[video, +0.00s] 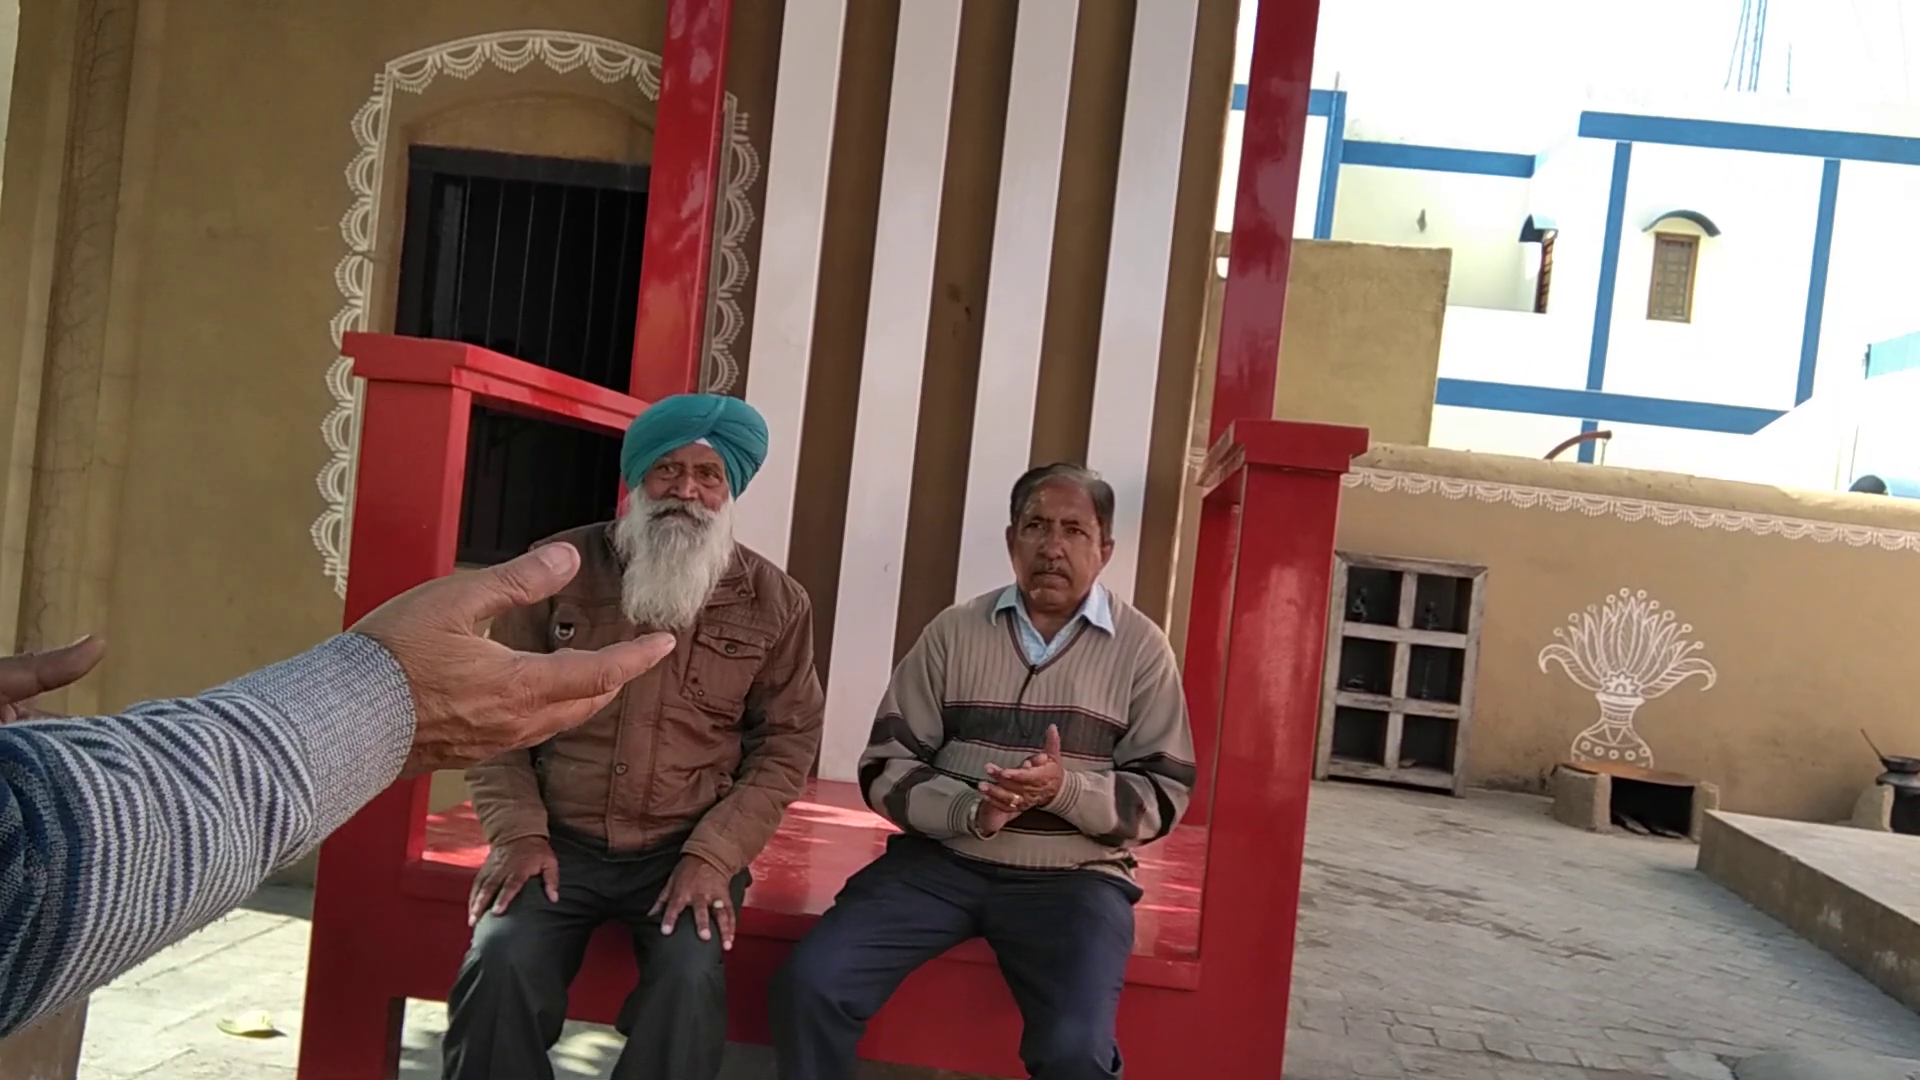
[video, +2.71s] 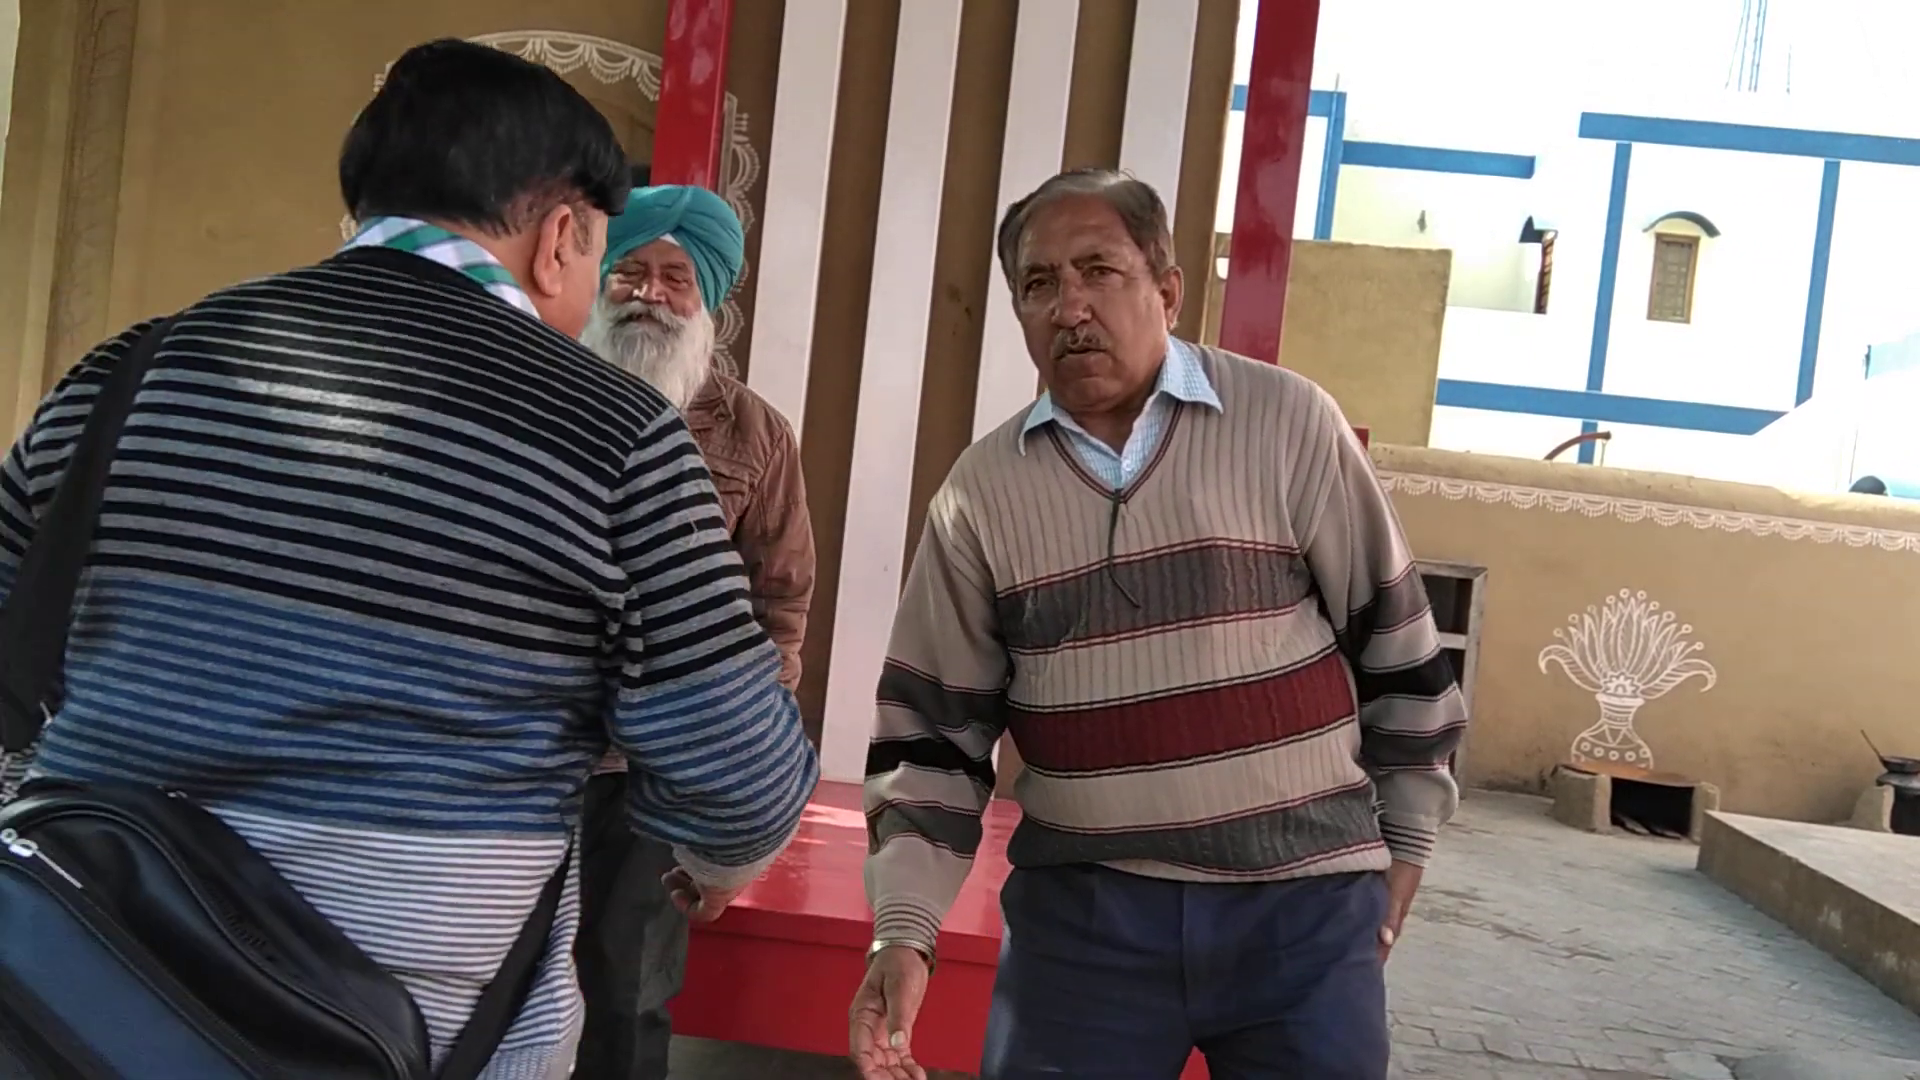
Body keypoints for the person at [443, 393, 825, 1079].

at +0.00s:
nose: (687, 489)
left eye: (709, 474)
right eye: (668, 470)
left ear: (731, 496)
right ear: (634, 484)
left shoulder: (775, 602)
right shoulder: (559, 567)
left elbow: (788, 747)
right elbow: (495, 712)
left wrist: (715, 854)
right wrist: (517, 829)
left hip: (685, 859)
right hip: (555, 848)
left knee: (691, 974)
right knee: (500, 961)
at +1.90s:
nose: (580, 476)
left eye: (606, 454)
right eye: (560, 454)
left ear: (646, 463)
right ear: (535, 460)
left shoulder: (719, 561)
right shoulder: (468, 540)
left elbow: (759, 717)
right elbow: (423, 689)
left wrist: (680, 863)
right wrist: (467, 837)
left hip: (653, 842)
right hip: (516, 836)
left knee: (643, 1013)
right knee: (461, 1001)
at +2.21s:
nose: (606, 347)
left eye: (634, 330)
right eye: (586, 325)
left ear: (673, 351)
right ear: (556, 337)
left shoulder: (731, 473)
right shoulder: (478, 438)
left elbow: (754, 647)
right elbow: (424, 610)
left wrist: (697, 803)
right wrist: (428, 773)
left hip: (639, 812)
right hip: (492, 800)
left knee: (618, 1035)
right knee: (453, 1029)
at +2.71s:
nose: (651, 291)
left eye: (678, 276)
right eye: (634, 268)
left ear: (712, 301)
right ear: (596, 278)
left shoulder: (753, 436)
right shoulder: (536, 400)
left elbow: (780, 627)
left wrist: (740, 810)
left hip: (657, 768)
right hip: (514, 755)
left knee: (629, 1005)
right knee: (504, 1004)